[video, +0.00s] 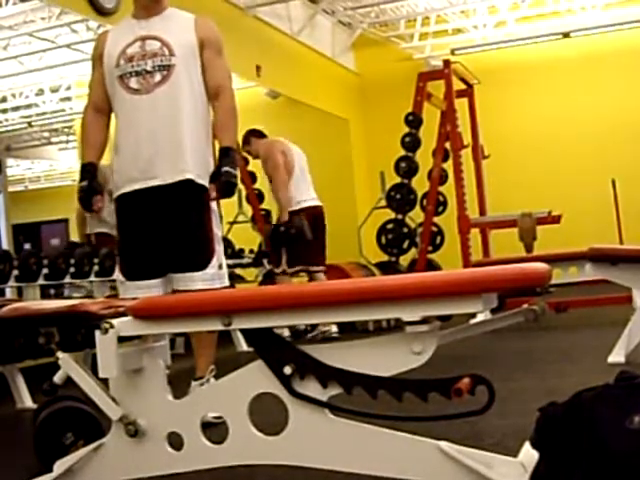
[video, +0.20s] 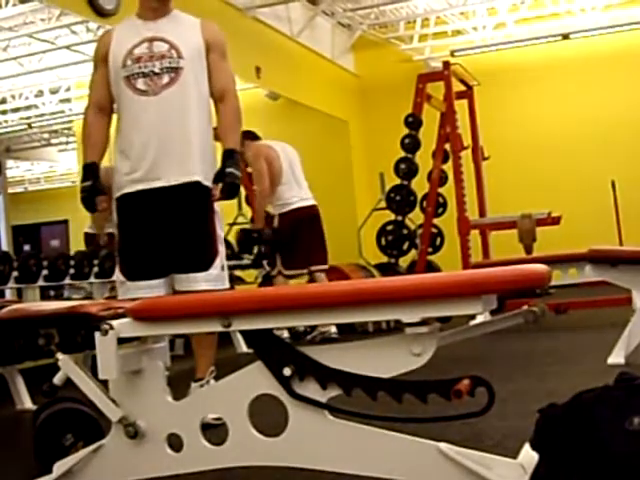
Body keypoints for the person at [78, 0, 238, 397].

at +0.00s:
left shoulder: (200, 30)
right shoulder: (107, 41)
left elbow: (221, 96)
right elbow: (98, 109)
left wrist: (229, 158)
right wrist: (88, 171)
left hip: (188, 176)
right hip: (132, 183)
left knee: (201, 289)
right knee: (141, 296)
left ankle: (205, 379)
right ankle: (149, 385)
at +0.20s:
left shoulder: (205, 33)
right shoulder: (110, 40)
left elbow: (226, 99)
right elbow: (99, 109)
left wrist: (231, 160)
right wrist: (90, 171)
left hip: (191, 179)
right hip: (134, 184)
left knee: (202, 291)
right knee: (142, 298)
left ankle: (204, 382)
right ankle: (147, 389)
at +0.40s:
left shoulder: (209, 34)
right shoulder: (114, 40)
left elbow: (230, 101)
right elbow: (101, 108)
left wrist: (239, 165)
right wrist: (94, 169)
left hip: (195, 179)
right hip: (137, 183)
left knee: (203, 292)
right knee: (140, 298)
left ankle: (204, 384)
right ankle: (145, 387)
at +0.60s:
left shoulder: (210, 33)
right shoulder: (117, 40)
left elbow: (245, 97)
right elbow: (105, 108)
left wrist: (242, 159)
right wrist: (100, 168)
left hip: (198, 180)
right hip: (138, 184)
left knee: (205, 295)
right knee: (142, 300)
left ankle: (205, 385)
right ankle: (148, 390)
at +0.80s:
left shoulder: (212, 30)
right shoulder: (118, 37)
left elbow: (255, 84)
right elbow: (106, 106)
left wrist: (228, 135)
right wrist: (100, 170)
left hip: (197, 177)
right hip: (139, 181)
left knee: (203, 294)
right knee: (142, 298)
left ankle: (203, 385)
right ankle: (148, 388)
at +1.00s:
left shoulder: (212, 29)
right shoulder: (118, 37)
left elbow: (255, 81)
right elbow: (106, 106)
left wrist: (227, 130)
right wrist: (98, 172)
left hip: (197, 176)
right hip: (139, 179)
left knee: (202, 293)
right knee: (141, 297)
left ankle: (204, 385)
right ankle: (148, 388)